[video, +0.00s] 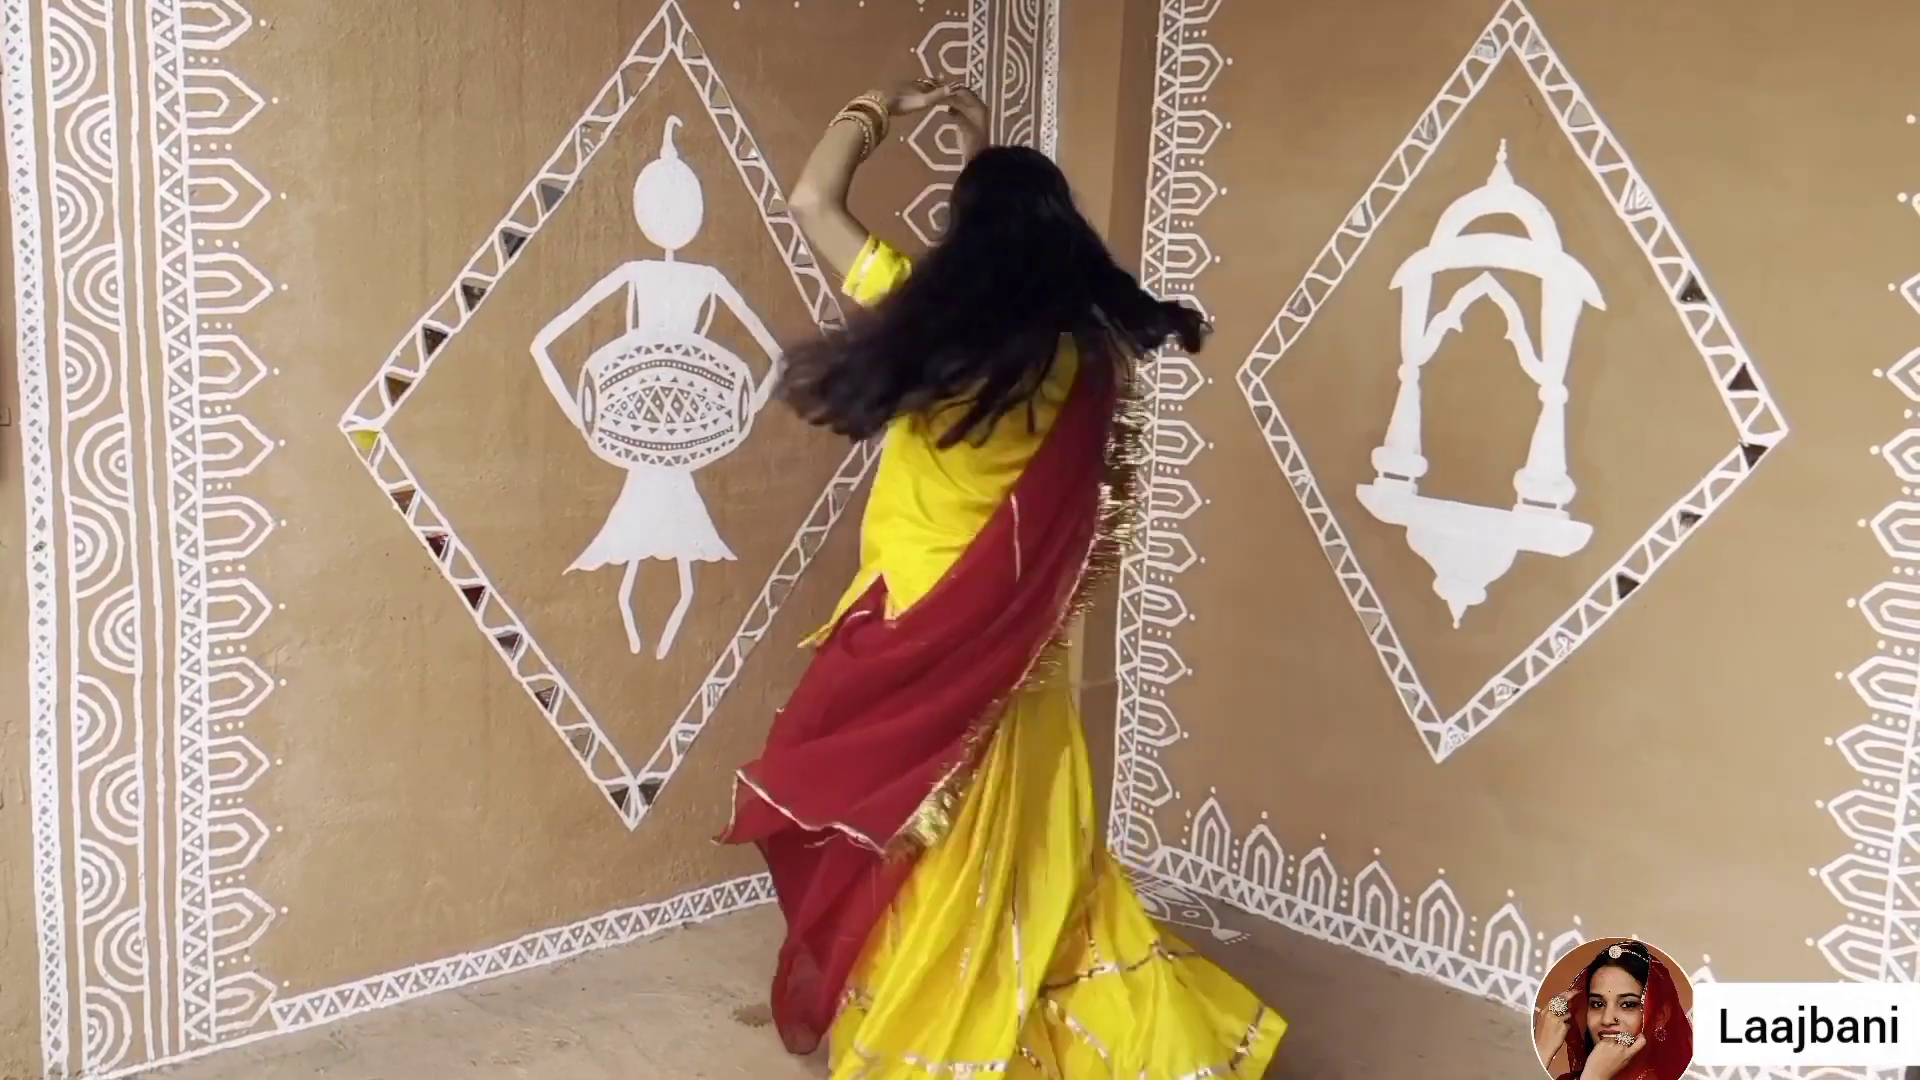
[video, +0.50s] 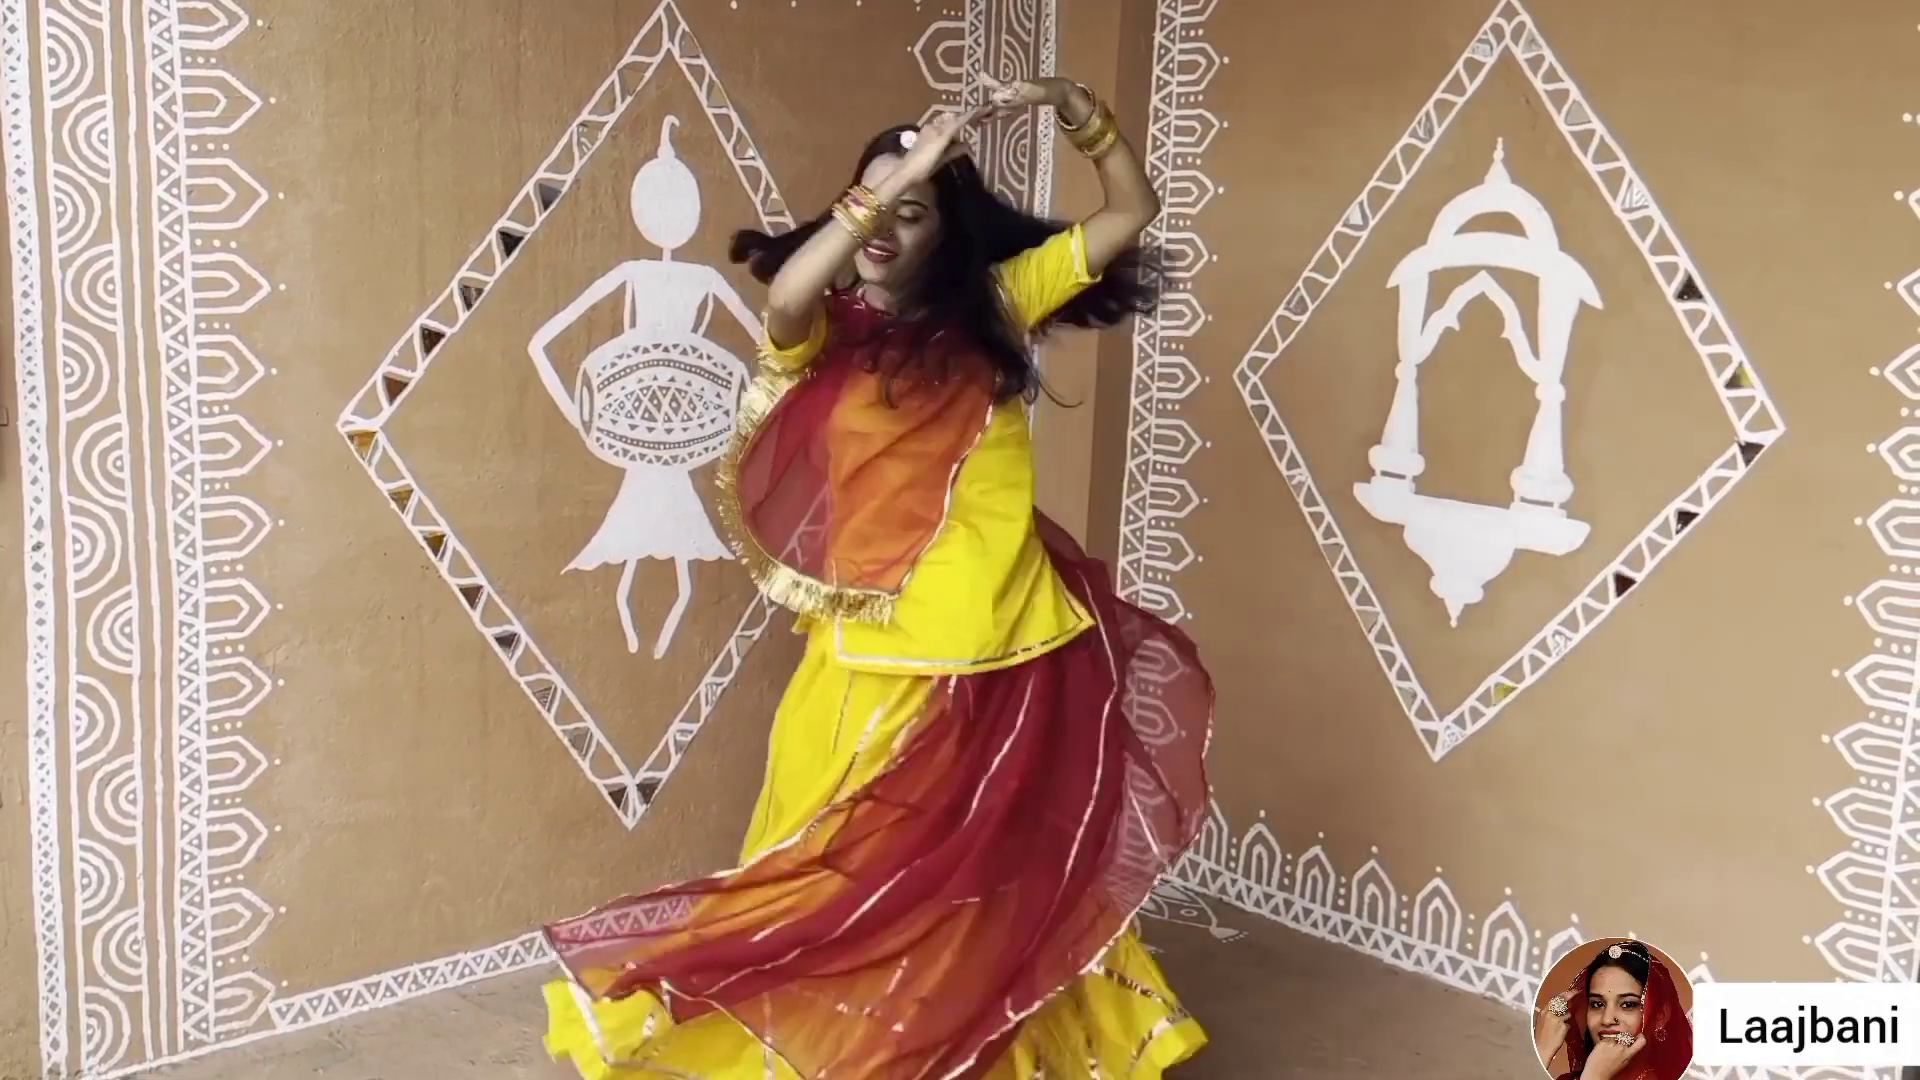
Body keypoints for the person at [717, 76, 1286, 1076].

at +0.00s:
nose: (942, 216)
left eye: (951, 203)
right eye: (953, 199)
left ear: (960, 228)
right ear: (1058, 230)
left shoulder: (921, 309)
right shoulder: (1088, 345)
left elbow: (814, 198)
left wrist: (868, 112)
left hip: (912, 606)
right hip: (1025, 615)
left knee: (921, 823)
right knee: (1039, 826)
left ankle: (908, 1031)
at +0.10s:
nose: (936, 234)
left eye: (946, 219)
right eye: (945, 216)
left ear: (965, 236)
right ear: (1051, 222)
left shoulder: (961, 305)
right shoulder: (1077, 316)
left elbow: (871, 209)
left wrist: (876, 109)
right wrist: (927, 157)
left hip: (931, 588)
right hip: (1022, 597)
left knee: (911, 789)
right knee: (999, 793)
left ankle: (904, 1015)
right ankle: (1002, 1003)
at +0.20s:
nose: (897, 220)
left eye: (907, 203)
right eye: (898, 203)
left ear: (956, 213)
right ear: (928, 215)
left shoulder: (1013, 324)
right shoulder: (915, 304)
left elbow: (997, 202)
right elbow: (810, 258)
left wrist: (943, 90)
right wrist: (844, 158)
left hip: (979, 635)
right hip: (895, 626)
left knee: (910, 861)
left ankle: (949, 1052)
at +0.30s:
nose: (875, 216)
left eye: (895, 198)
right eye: (875, 198)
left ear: (956, 208)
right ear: (903, 209)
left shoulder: (1004, 329)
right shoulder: (883, 308)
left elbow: (1068, 197)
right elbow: (752, 256)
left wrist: (994, 80)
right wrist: (825, 149)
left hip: (980, 640)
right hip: (878, 630)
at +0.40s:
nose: (868, 218)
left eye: (892, 200)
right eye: (867, 198)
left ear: (954, 211)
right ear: (865, 201)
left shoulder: (1005, 312)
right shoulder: (845, 310)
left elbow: (1120, 199)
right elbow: (734, 261)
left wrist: (1039, 84)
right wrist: (837, 148)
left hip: (975, 647)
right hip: (848, 638)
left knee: (979, 886)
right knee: (850, 886)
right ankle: (848, 1057)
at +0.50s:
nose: (879, 235)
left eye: (907, 216)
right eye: (868, 214)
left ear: (949, 231)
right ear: (848, 228)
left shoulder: (989, 308)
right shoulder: (819, 335)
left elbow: (1127, 217)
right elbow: (786, 303)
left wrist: (1081, 114)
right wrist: (882, 185)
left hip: (1007, 644)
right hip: (869, 648)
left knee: (993, 879)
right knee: (833, 872)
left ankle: (994, 1056)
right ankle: (827, 1056)